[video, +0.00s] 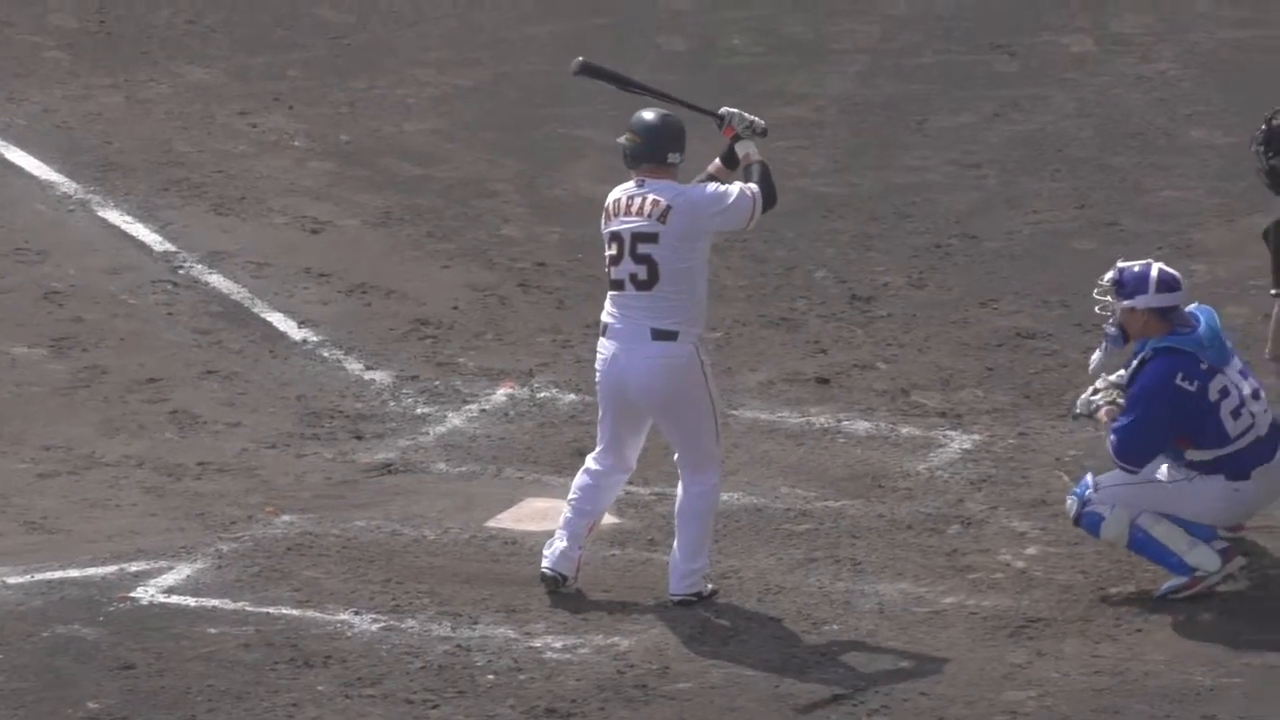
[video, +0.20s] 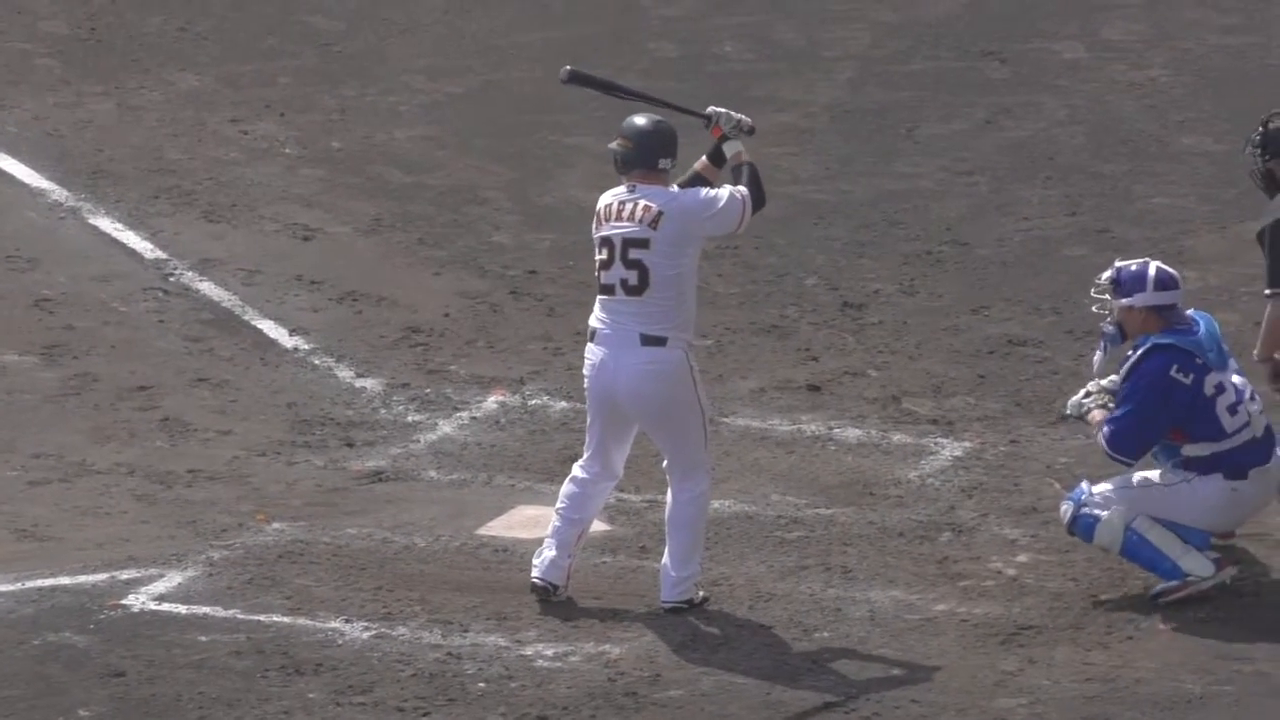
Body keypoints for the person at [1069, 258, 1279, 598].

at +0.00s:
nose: (1114, 314)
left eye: (1120, 307)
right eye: (1116, 306)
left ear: (1144, 314)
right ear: (1168, 307)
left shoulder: (1159, 375)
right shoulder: (1201, 321)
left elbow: (1129, 458)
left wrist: (1107, 414)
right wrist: (1124, 384)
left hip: (1233, 491)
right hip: (1269, 467)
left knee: (1088, 501)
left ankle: (1205, 564)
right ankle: (1221, 523)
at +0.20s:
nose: (1112, 313)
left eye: (1118, 306)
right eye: (1113, 305)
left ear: (1141, 312)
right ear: (1165, 307)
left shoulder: (1158, 367)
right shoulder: (1195, 328)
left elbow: (1121, 448)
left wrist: (1097, 414)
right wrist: (1117, 391)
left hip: (1228, 493)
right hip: (1264, 472)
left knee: (1083, 507)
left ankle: (1196, 571)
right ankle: (1209, 532)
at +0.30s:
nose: (1112, 316)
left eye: (1118, 308)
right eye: (1114, 307)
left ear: (1141, 314)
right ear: (1160, 311)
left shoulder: (1154, 362)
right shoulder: (1190, 332)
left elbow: (1120, 445)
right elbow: (1130, 388)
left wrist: (1080, 432)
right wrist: (1089, 410)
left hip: (1216, 494)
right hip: (1242, 477)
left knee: (1081, 515)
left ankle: (1189, 574)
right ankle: (1203, 540)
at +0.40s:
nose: (1109, 319)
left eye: (1115, 311)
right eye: (1110, 310)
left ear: (1138, 316)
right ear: (1162, 313)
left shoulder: (1152, 364)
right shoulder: (1196, 335)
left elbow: (1119, 450)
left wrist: (1073, 463)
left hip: (1211, 495)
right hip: (1245, 481)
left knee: (1076, 528)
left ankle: (1188, 578)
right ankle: (1201, 553)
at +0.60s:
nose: (1099, 324)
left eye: (1106, 316)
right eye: (1101, 315)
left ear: (1128, 323)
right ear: (1157, 318)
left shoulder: (1135, 371)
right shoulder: (1191, 342)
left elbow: (1100, 450)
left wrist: (1055, 475)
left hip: (1183, 493)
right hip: (1227, 480)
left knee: (1071, 560)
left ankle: (1174, 587)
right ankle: (1215, 558)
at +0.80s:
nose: (1081, 330)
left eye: (1088, 321)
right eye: (1082, 321)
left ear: (1114, 329)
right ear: (1131, 325)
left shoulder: (1117, 375)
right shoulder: (1165, 349)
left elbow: (1061, 443)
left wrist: (1005, 446)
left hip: (1191, 495)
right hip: (1238, 483)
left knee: (1066, 563)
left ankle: (1172, 580)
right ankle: (1200, 546)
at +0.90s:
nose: (1076, 333)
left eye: (1084, 326)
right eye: (1077, 324)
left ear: (1113, 333)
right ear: (1124, 332)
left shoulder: (1107, 384)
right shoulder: (1159, 356)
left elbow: (1033, 432)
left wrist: (978, 429)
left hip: (1201, 490)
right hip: (1238, 474)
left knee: (1066, 563)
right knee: (1147, 463)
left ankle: (1181, 581)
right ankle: (1200, 552)